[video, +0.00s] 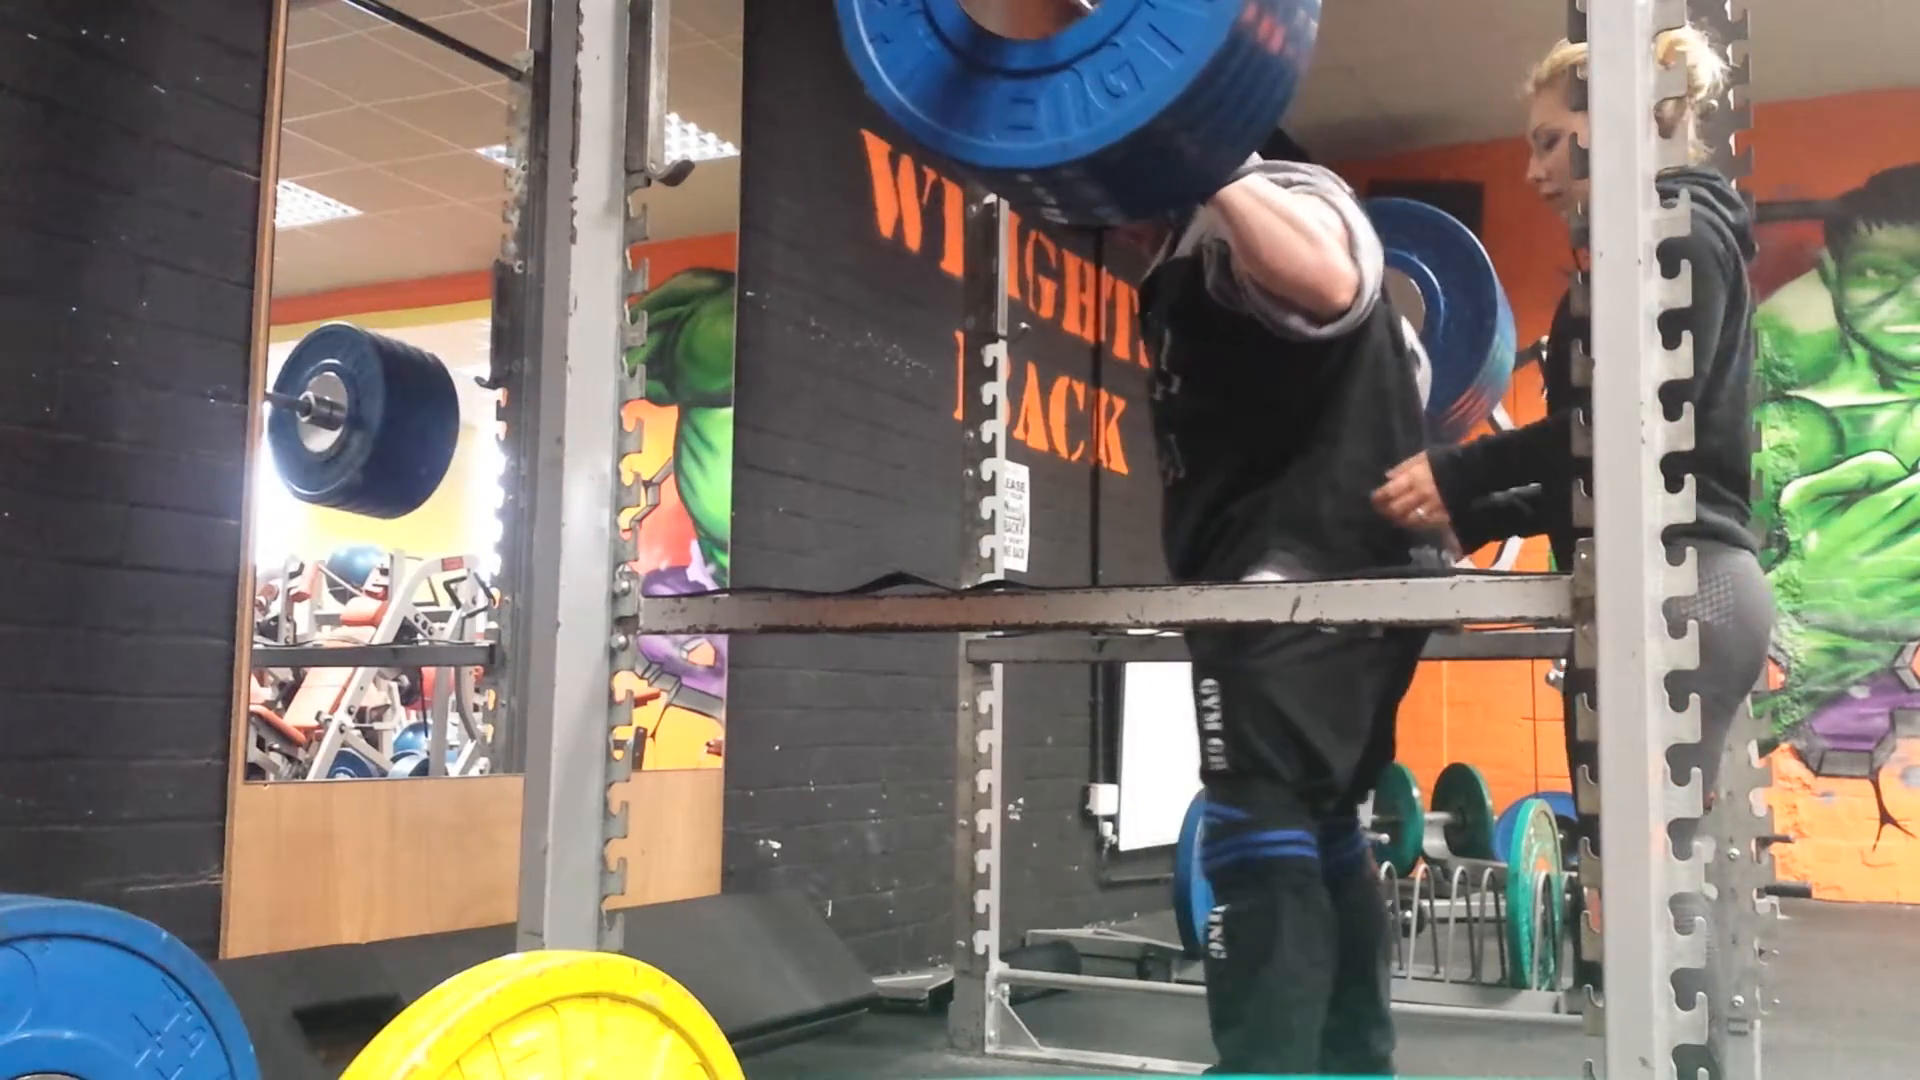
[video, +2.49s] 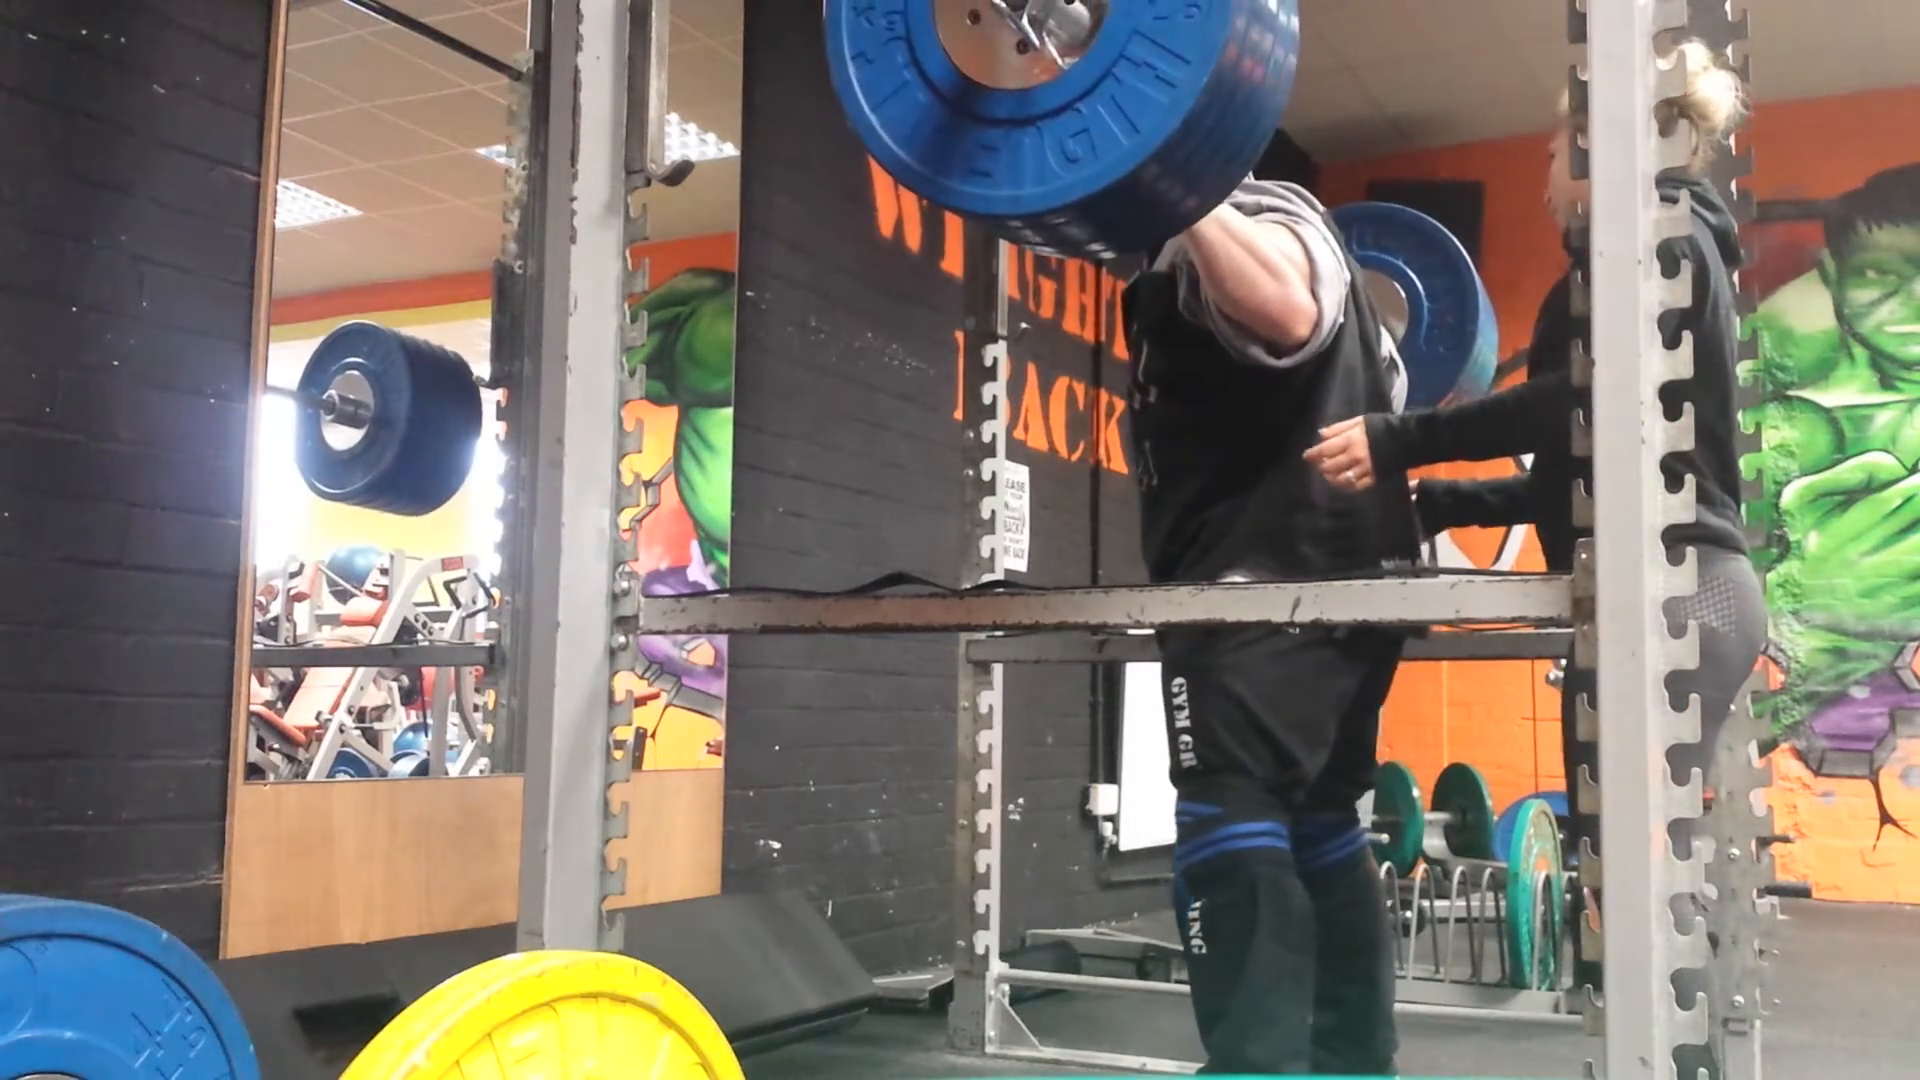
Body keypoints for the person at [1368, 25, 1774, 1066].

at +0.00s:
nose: (1537, 171)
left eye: (1553, 141)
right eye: (1532, 147)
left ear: (1617, 127)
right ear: (1605, 136)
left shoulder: (1660, 230)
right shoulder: (1671, 225)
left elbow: (1629, 428)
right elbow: (1613, 445)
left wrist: (1467, 479)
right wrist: (1473, 491)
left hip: (1662, 577)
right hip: (1692, 570)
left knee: (1638, 851)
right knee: (1669, 849)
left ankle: (1661, 1063)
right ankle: (1683, 1057)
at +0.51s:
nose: (1526, 176)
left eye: (1539, 150)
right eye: (1522, 154)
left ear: (1601, 139)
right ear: (1571, 149)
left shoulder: (1653, 234)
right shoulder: (1651, 244)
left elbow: (1601, 422)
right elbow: (1599, 468)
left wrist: (1422, 463)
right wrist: (1451, 502)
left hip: (1683, 584)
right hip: (1690, 584)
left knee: (1643, 853)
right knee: (1664, 854)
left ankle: (1668, 1061)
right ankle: (1685, 1058)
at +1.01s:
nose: (1525, 172)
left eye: (1538, 149)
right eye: (1526, 150)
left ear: (1598, 142)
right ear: (1592, 143)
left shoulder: (1649, 240)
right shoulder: (1658, 240)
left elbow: (1594, 425)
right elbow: (1575, 455)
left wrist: (1397, 443)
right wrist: (1413, 473)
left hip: (1682, 592)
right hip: (1705, 590)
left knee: (1640, 864)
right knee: (1673, 861)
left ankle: (1659, 1062)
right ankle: (1694, 1057)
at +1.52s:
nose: (1524, 168)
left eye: (1537, 142)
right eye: (1529, 143)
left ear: (1593, 143)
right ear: (1587, 143)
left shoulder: (1647, 244)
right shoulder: (1651, 247)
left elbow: (1596, 428)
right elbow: (1594, 472)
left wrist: (1412, 467)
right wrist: (1448, 515)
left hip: (1678, 585)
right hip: (1692, 585)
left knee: (1637, 849)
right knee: (1652, 849)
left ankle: (1662, 1059)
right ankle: (1673, 1055)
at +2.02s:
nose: (1552, 164)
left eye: (1567, 143)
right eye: (1561, 143)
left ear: (1604, 154)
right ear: (1647, 153)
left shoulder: (1651, 239)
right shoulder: (1650, 261)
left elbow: (1581, 393)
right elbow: (1582, 494)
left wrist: (1402, 438)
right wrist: (1424, 509)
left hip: (1668, 587)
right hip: (1670, 589)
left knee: (1628, 853)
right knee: (1630, 852)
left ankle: (1651, 1052)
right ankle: (1657, 1049)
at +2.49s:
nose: (1548, 178)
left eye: (1558, 157)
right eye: (1553, 157)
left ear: (1597, 157)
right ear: (1636, 156)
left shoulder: (1647, 240)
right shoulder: (1653, 255)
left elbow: (1568, 408)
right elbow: (1579, 480)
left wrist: (1393, 440)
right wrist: (1431, 501)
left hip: (1669, 583)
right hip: (1673, 586)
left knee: (1634, 840)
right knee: (1646, 841)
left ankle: (1659, 1056)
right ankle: (1673, 1053)